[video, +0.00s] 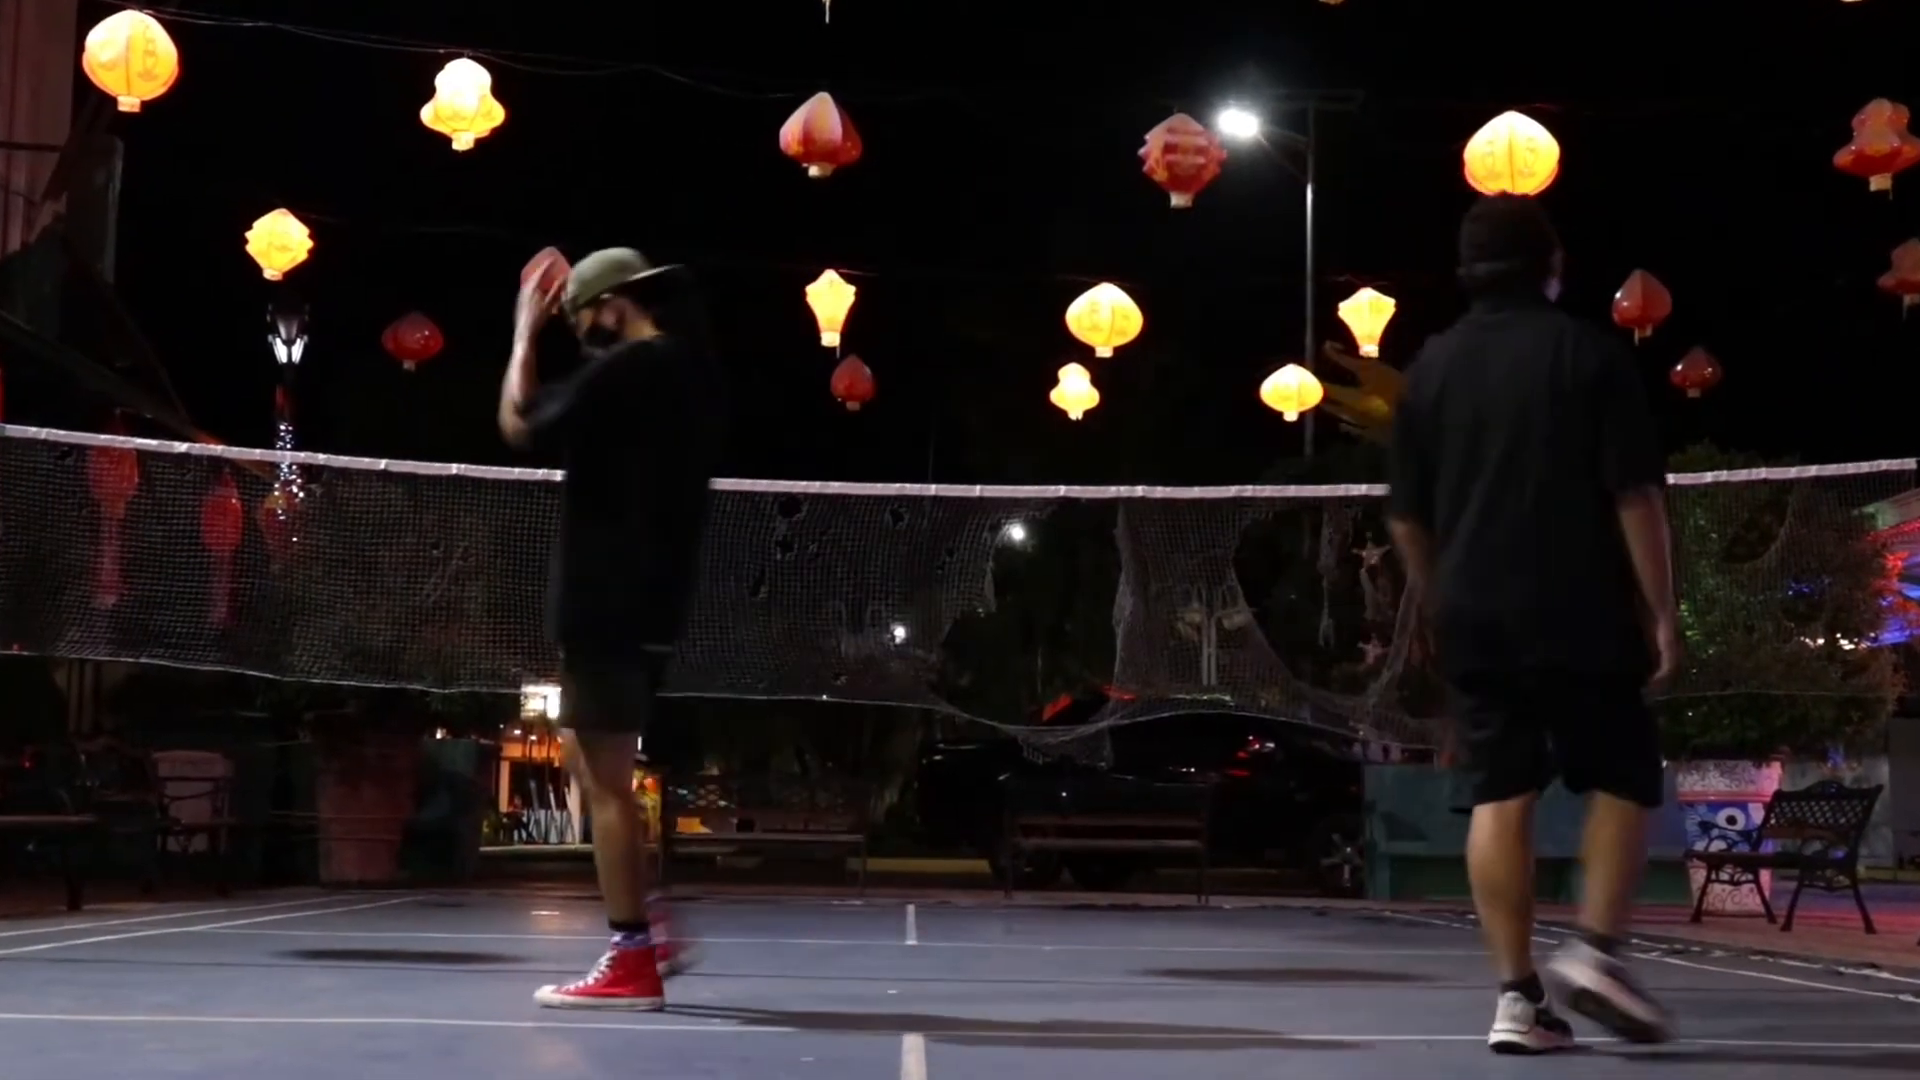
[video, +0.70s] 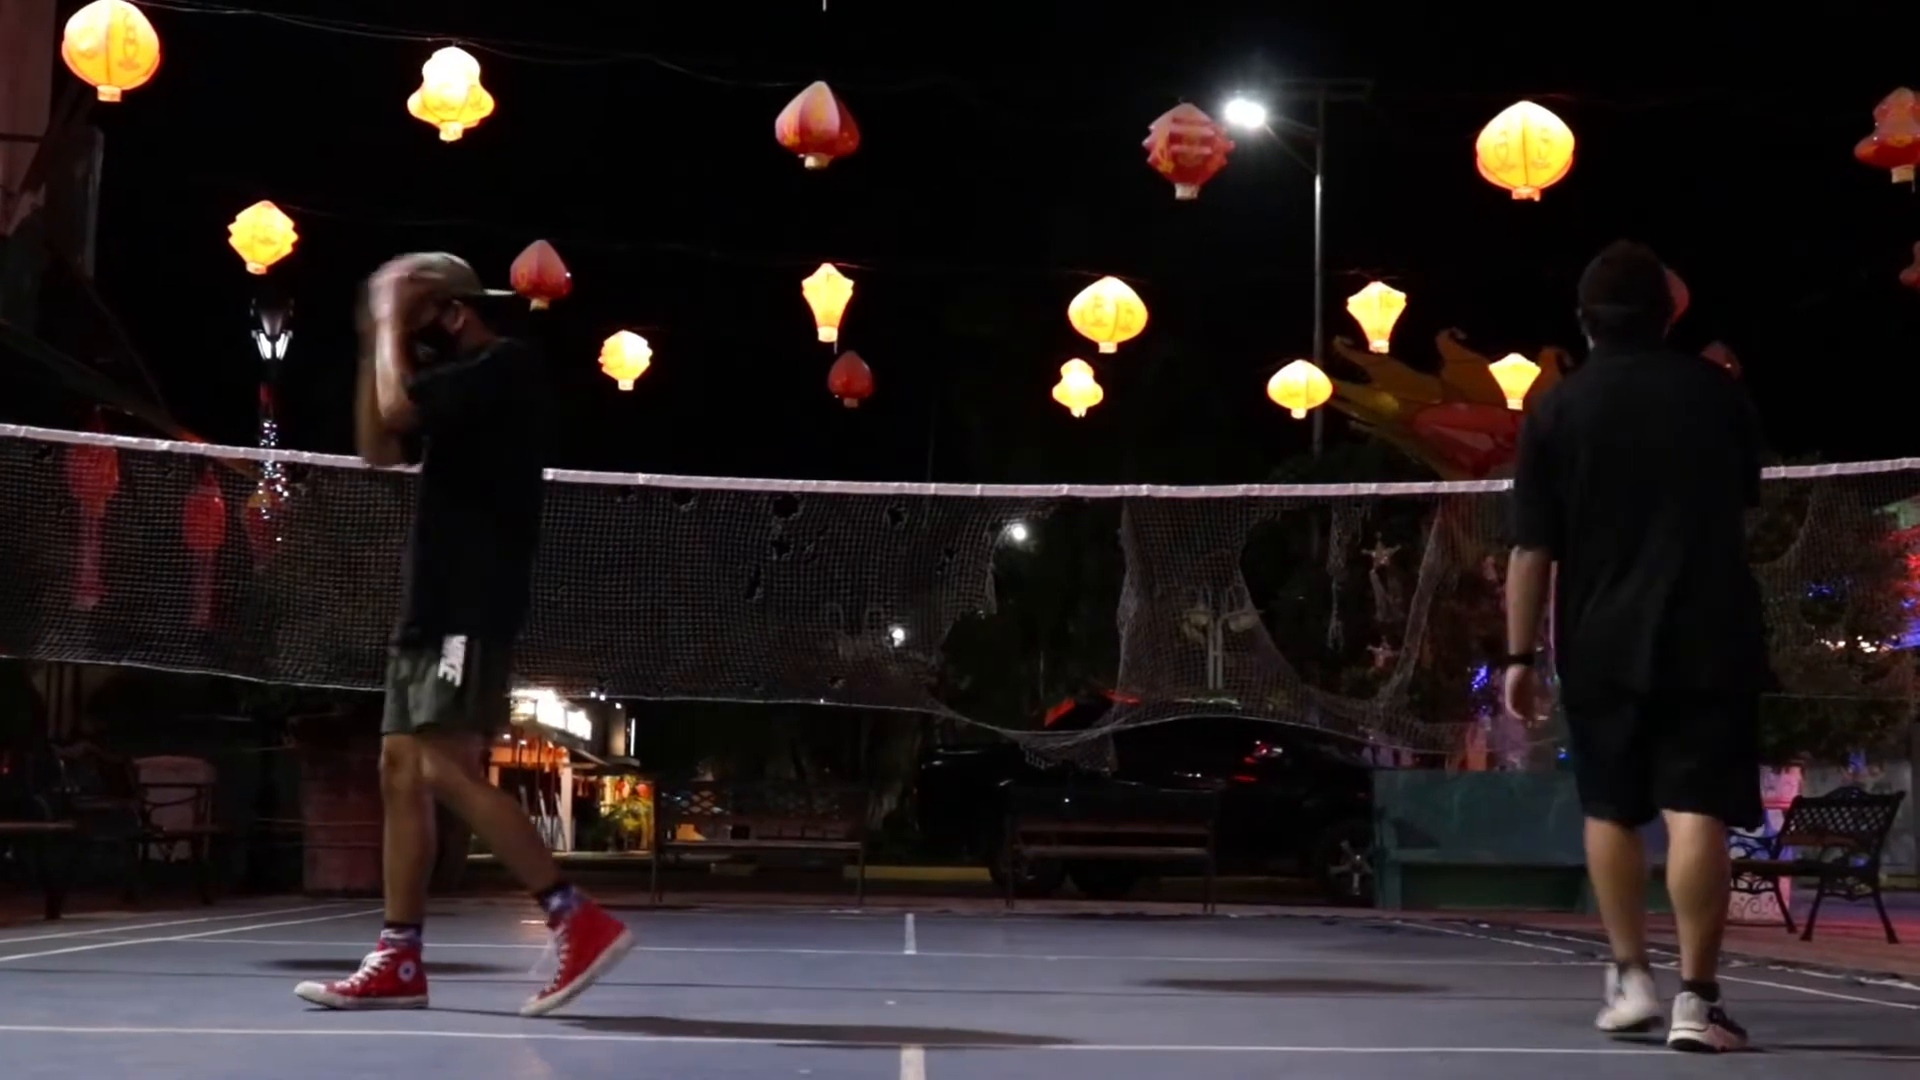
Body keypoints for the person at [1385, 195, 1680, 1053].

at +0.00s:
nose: (1563, 268)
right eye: (1557, 255)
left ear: (1468, 270)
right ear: (1552, 264)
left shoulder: (1433, 367)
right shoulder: (1592, 353)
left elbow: (1406, 512)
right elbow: (1635, 495)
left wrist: (1434, 601)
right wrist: (1662, 611)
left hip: (1475, 615)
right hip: (1579, 609)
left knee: (1499, 791)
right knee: (1624, 776)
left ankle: (1517, 997)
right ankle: (1594, 947)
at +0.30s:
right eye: (1626, 286)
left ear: (1536, 296)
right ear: (1620, 295)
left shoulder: (1498, 395)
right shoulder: (1655, 387)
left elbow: (1475, 530)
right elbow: (1714, 523)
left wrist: (1530, 580)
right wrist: (1690, 606)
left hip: (1528, 637)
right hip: (1640, 636)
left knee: (1533, 804)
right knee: (1653, 823)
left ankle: (1524, 993)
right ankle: (1686, 998)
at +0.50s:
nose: (1677, 296)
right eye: (1669, 286)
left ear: (1579, 306)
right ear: (1662, 302)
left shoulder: (1539, 399)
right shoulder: (1697, 392)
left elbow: (1519, 533)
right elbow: (1752, 504)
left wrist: (1531, 632)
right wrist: (1726, 394)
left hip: (1574, 638)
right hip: (1683, 637)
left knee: (1575, 795)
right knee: (1687, 809)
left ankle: (1564, 923)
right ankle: (1689, 1003)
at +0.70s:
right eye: (1665, 307)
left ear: (1587, 322)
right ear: (1666, 317)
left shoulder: (1559, 408)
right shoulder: (1716, 395)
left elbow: (1531, 548)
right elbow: (1746, 513)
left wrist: (1520, 655)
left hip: (1601, 643)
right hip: (1710, 639)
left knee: (1608, 805)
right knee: (1697, 810)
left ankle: (1632, 983)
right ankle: (1696, 1001)